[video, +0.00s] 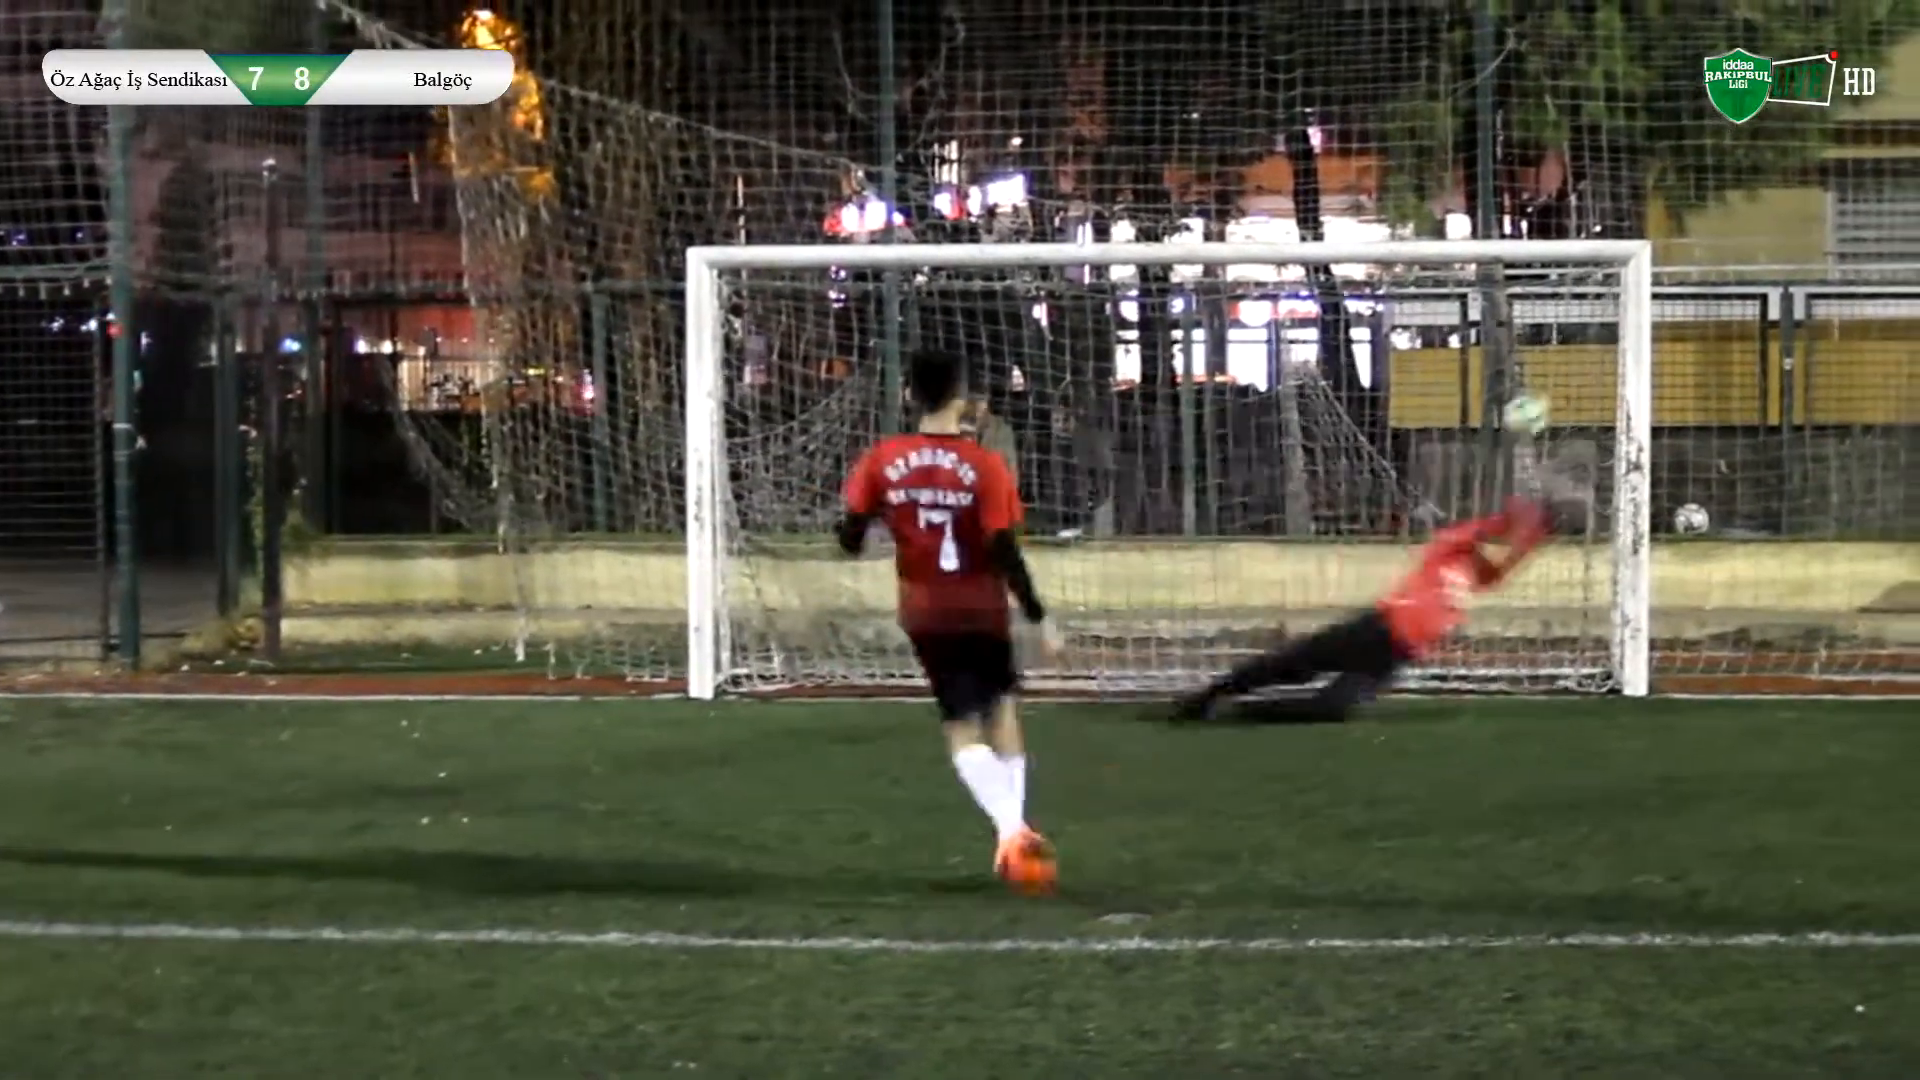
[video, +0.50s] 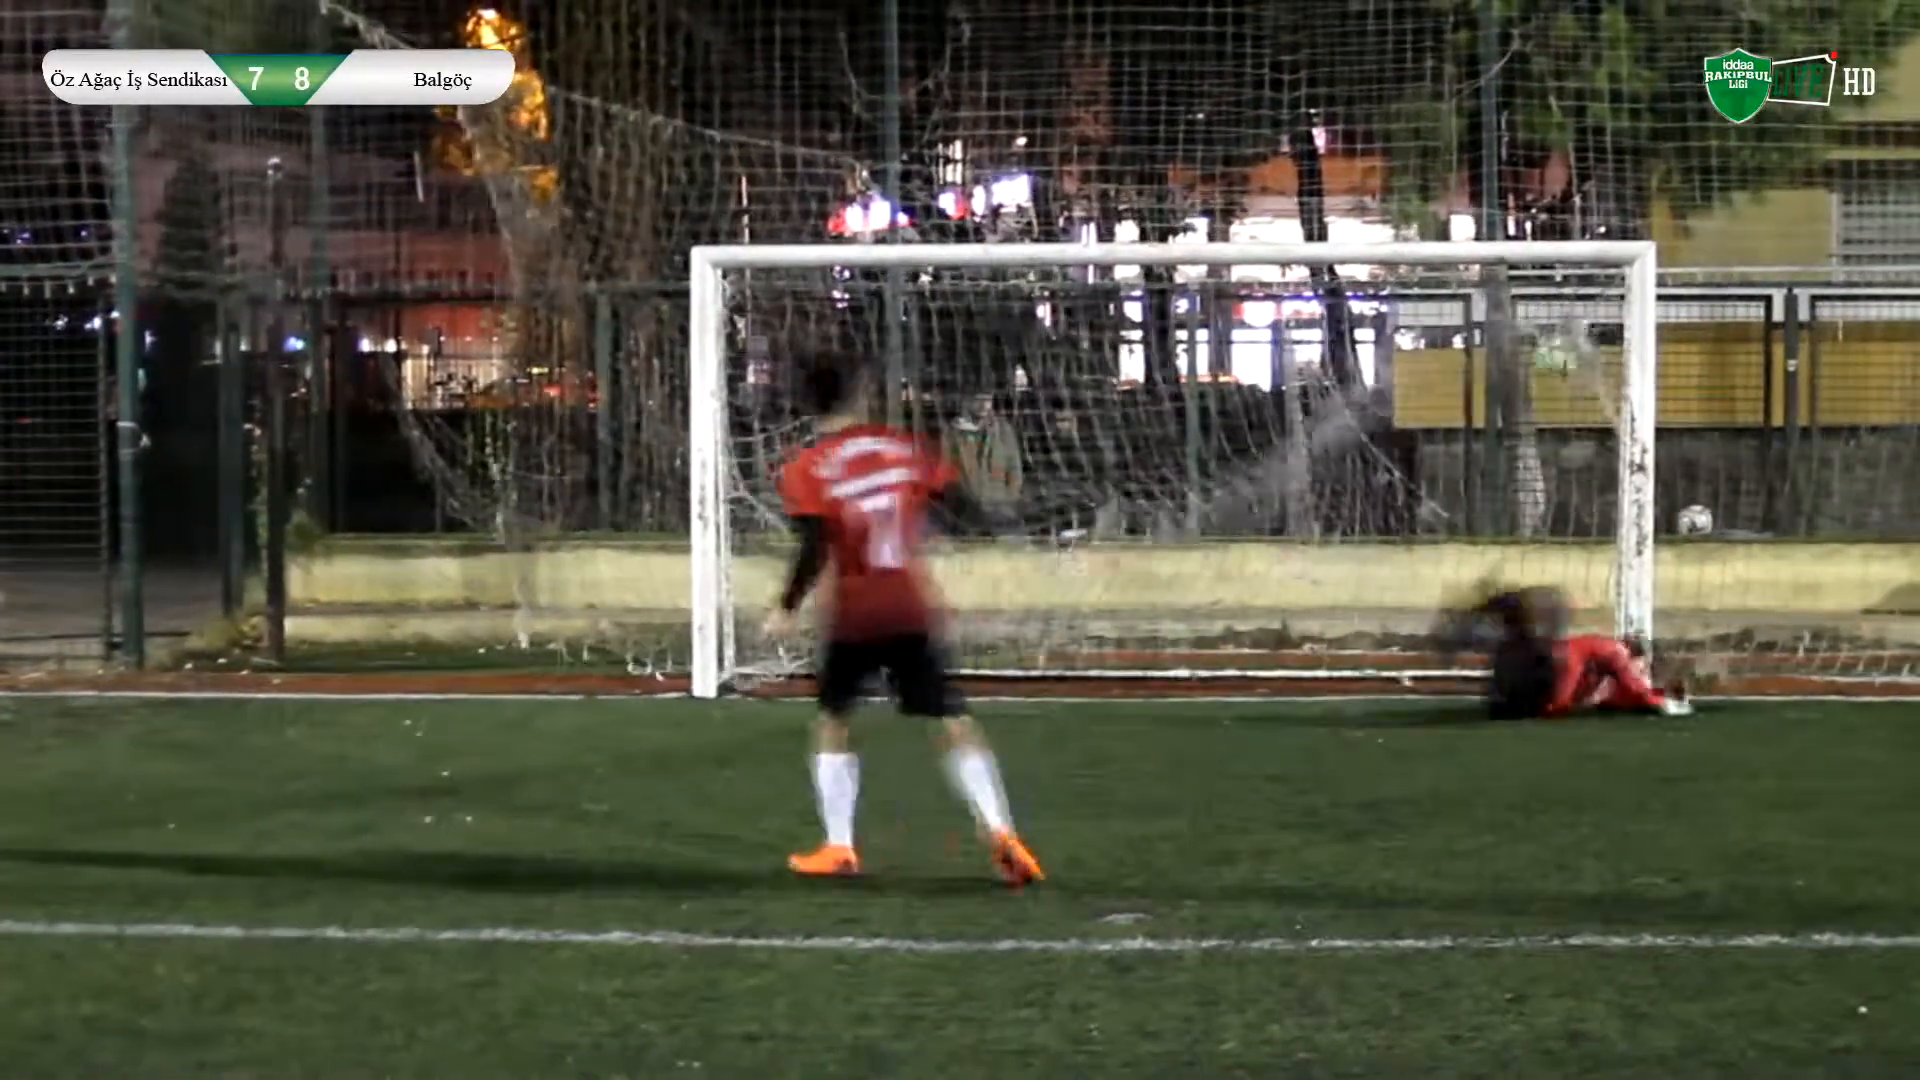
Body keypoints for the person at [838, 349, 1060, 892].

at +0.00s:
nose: (968, 402)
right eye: (966, 394)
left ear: (912, 398)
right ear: (962, 398)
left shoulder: (883, 458)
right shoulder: (984, 464)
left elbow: (849, 539)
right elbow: (1002, 547)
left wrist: (880, 508)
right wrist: (1039, 615)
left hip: (925, 618)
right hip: (982, 615)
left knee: (961, 727)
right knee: (1002, 711)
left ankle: (1010, 828)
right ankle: (1012, 832)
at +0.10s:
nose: (958, 401)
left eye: (950, 393)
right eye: (956, 393)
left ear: (901, 400)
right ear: (949, 397)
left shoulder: (875, 465)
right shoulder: (979, 458)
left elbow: (847, 540)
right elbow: (1011, 532)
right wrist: (1047, 580)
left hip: (919, 626)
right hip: (977, 621)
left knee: (924, 729)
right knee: (992, 724)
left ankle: (962, 819)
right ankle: (1009, 850)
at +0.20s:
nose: (936, 400)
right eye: (936, 393)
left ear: (882, 403)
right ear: (932, 398)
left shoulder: (863, 469)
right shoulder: (970, 456)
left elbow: (841, 551)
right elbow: (1021, 524)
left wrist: (809, 603)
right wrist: (1065, 565)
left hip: (907, 628)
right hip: (969, 623)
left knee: (901, 726)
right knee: (990, 731)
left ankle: (925, 822)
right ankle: (1014, 851)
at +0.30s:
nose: (918, 403)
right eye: (916, 395)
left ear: (863, 403)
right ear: (913, 398)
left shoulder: (848, 468)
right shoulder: (952, 451)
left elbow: (835, 553)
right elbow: (1012, 512)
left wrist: (800, 609)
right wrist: (1060, 547)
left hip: (897, 624)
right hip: (958, 618)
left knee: (873, 717)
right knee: (982, 725)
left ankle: (884, 831)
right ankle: (1014, 847)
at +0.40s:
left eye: (850, 399)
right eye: (886, 395)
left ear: (841, 401)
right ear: (890, 396)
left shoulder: (831, 466)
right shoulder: (934, 448)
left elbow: (827, 549)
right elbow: (995, 510)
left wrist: (795, 608)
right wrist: (1022, 521)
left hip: (877, 622)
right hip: (940, 616)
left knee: (849, 716)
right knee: (973, 720)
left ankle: (850, 842)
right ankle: (1013, 839)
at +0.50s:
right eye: (866, 389)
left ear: (808, 403)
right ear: (859, 393)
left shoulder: (806, 467)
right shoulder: (905, 448)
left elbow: (815, 544)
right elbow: (964, 511)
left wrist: (788, 604)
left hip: (853, 619)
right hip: (912, 613)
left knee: (832, 720)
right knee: (952, 720)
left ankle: (839, 843)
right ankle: (1000, 829)